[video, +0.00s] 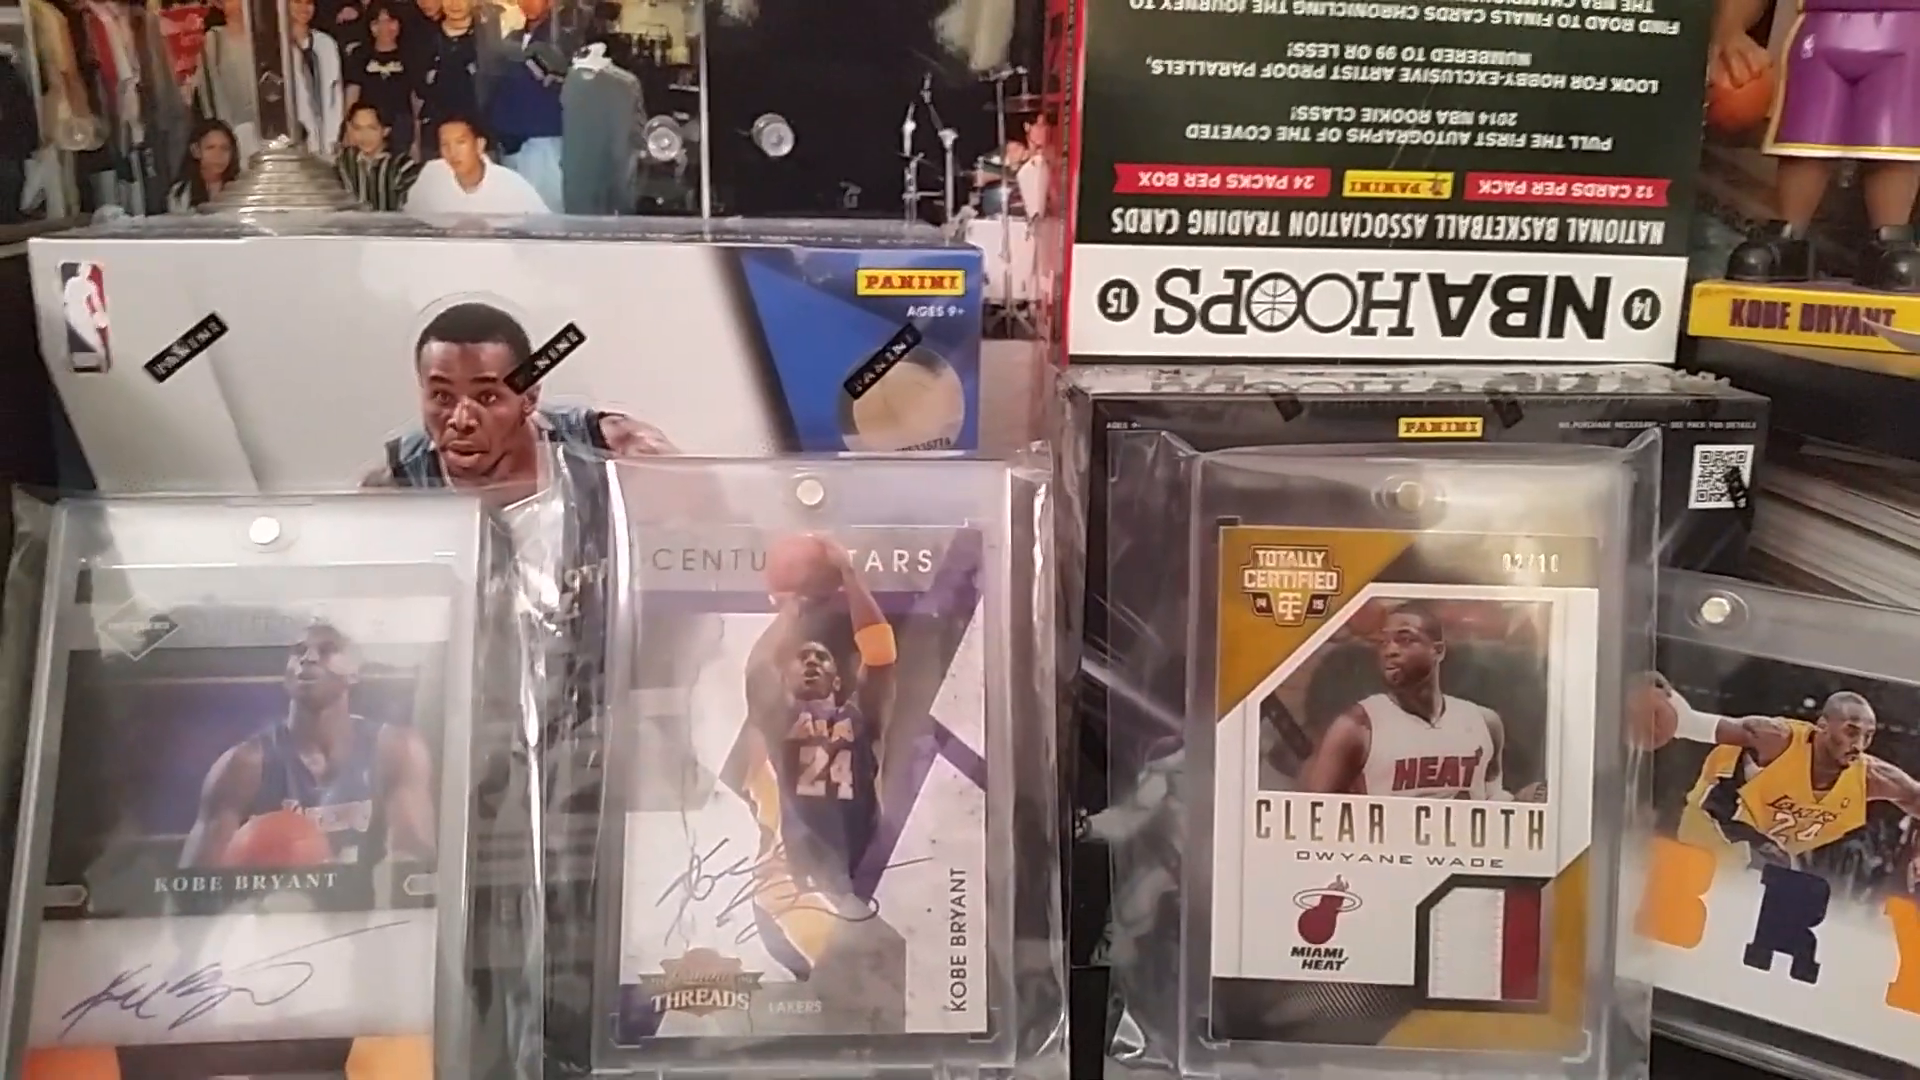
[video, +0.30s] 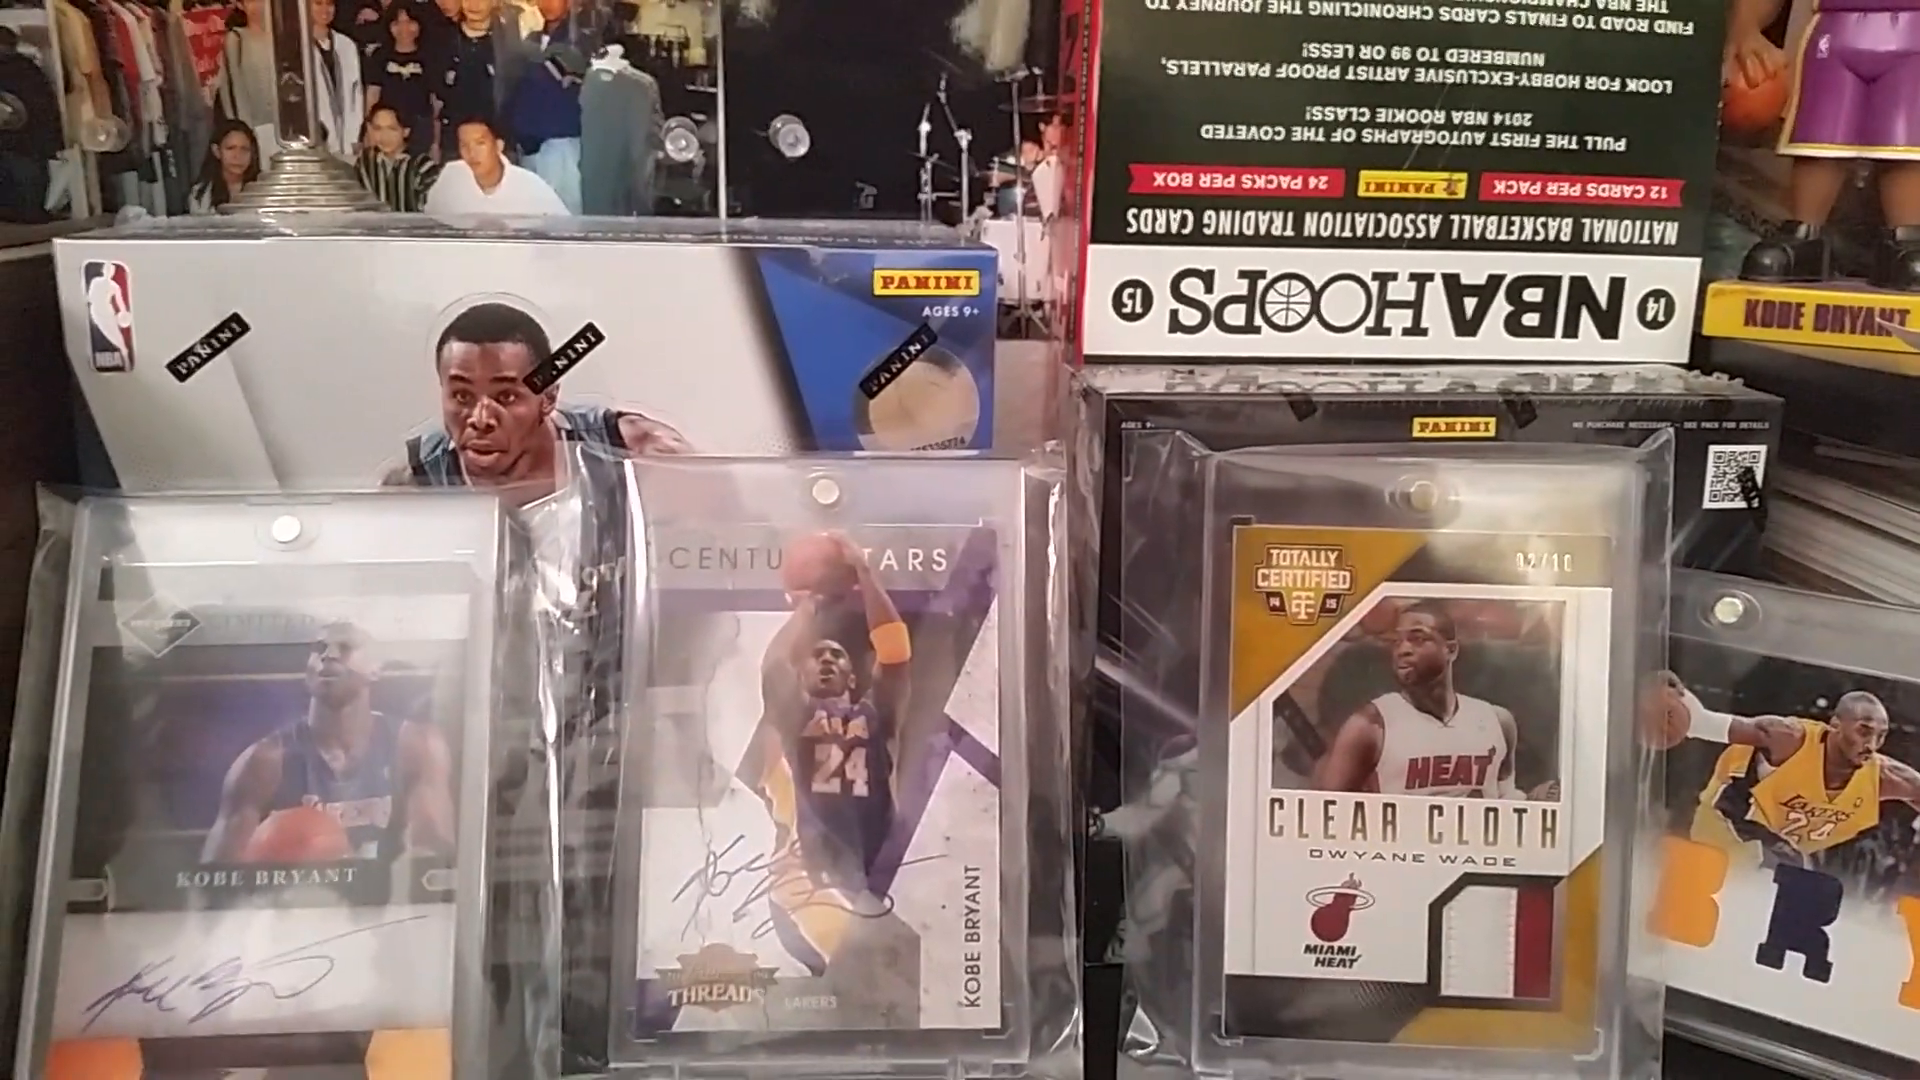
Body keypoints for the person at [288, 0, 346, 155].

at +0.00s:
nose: (305, 8)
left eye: (309, 3)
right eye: (298, 2)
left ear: (314, 8)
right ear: (288, 5)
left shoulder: (327, 44)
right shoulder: (280, 46)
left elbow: (336, 94)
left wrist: (331, 140)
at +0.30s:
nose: (326, 9)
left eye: (330, 4)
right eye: (319, 4)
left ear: (335, 8)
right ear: (307, 7)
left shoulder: (348, 45)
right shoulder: (299, 46)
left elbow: (357, 92)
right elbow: (300, 96)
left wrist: (354, 137)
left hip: (348, 139)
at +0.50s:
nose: (344, 9)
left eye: (347, 4)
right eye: (336, 3)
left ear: (352, 8)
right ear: (324, 7)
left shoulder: (365, 44)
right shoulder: (316, 46)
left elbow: (374, 92)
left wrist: (371, 138)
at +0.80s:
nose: (356, 10)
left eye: (360, 4)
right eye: (350, 4)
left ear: (365, 8)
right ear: (339, 7)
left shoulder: (378, 44)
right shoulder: (331, 46)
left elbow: (387, 90)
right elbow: (331, 94)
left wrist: (385, 135)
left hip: (378, 139)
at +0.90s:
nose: (374, 10)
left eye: (380, 4)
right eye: (371, 4)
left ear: (387, 10)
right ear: (362, 9)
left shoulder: (402, 47)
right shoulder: (354, 48)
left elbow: (409, 96)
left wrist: (406, 139)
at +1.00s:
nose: (405, 10)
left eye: (407, 4)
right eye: (398, 4)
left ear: (410, 9)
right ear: (386, 10)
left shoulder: (425, 45)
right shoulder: (379, 49)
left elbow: (434, 91)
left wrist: (431, 133)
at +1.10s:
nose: (422, 12)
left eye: (425, 7)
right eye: (414, 6)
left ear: (429, 11)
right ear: (403, 10)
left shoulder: (442, 48)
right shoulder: (397, 51)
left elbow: (451, 92)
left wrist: (450, 133)